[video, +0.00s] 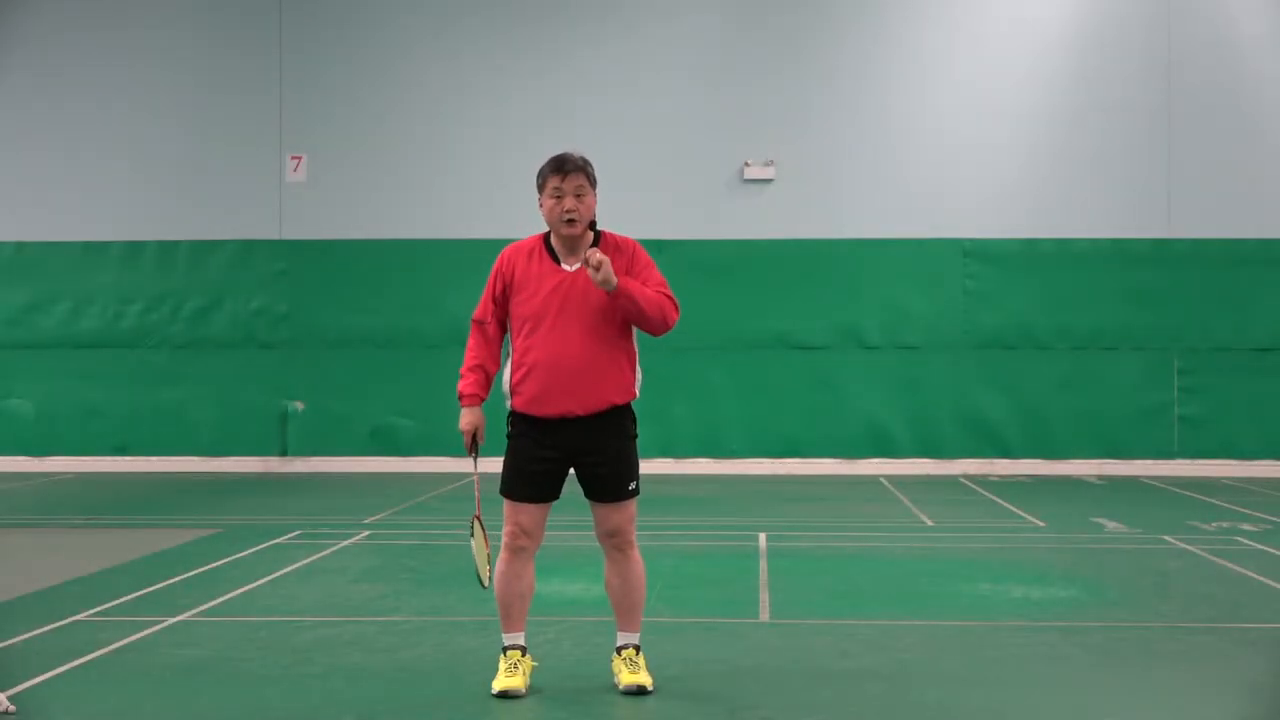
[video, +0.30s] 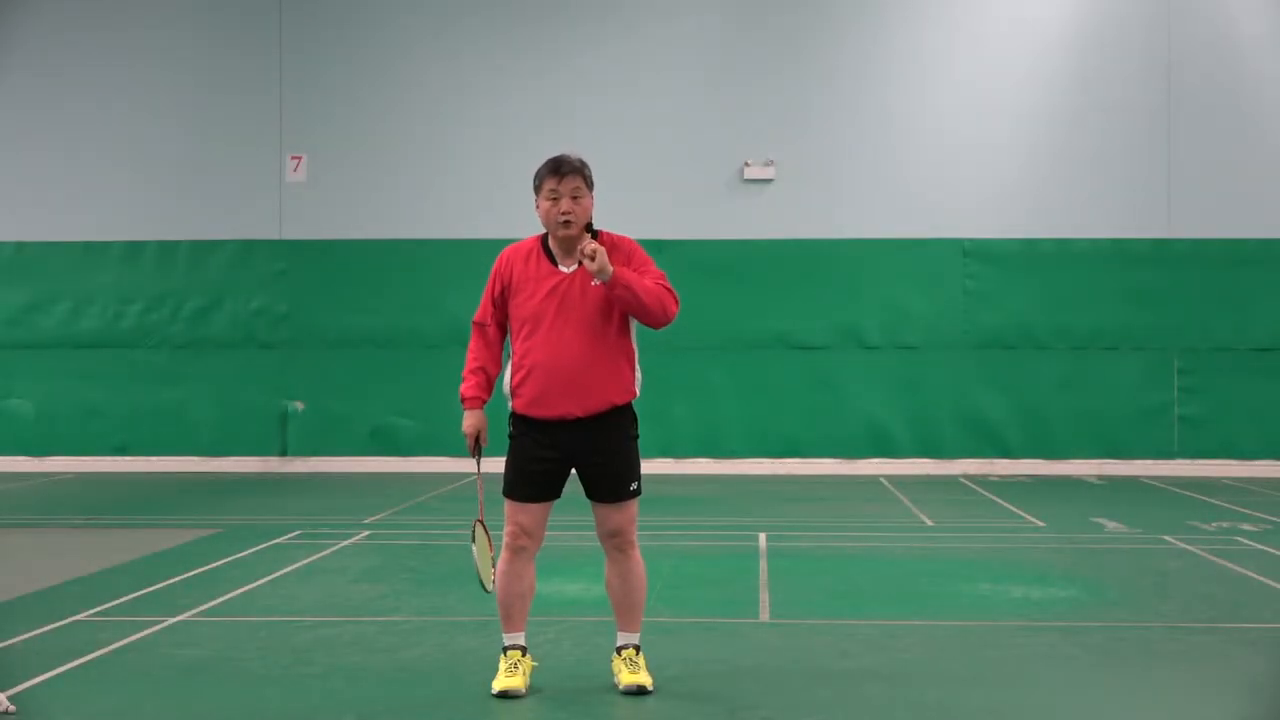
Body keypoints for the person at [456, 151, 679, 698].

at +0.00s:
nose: (568, 205)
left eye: (578, 195)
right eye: (557, 196)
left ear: (594, 199)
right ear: (541, 204)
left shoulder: (624, 254)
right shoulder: (514, 261)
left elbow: (663, 317)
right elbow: (486, 330)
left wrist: (614, 286)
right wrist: (471, 401)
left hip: (607, 420)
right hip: (533, 423)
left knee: (619, 536)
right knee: (518, 538)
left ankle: (629, 650)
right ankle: (513, 652)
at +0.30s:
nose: (565, 207)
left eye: (575, 196)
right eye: (553, 198)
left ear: (591, 201)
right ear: (538, 205)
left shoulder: (621, 252)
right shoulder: (513, 262)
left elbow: (663, 310)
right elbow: (487, 331)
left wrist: (609, 275)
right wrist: (474, 403)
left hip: (608, 420)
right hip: (535, 423)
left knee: (620, 537)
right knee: (519, 538)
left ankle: (629, 650)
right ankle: (514, 652)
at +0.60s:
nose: (559, 210)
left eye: (570, 199)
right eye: (548, 200)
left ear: (587, 205)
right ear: (533, 208)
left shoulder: (614, 253)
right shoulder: (508, 265)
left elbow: (662, 308)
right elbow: (484, 336)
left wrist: (603, 279)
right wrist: (473, 408)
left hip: (607, 421)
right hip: (534, 426)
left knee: (620, 536)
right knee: (519, 538)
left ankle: (629, 649)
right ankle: (513, 652)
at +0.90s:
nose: (555, 216)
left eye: (566, 206)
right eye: (544, 206)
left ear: (583, 211)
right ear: (528, 214)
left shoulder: (611, 258)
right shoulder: (504, 270)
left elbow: (660, 317)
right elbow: (481, 340)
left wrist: (603, 298)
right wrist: (471, 410)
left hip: (606, 425)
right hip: (533, 428)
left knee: (620, 536)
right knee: (518, 537)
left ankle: (629, 650)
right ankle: (513, 651)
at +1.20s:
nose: (555, 218)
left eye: (565, 208)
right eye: (543, 208)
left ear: (582, 212)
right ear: (527, 215)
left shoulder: (610, 258)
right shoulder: (503, 270)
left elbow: (659, 316)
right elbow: (480, 340)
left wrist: (603, 297)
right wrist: (470, 412)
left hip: (605, 425)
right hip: (532, 429)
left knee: (619, 536)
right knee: (517, 537)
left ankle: (629, 650)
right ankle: (513, 652)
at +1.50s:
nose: (555, 215)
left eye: (566, 205)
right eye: (544, 206)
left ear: (582, 211)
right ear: (528, 213)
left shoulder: (610, 258)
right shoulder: (505, 269)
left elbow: (660, 314)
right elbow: (480, 340)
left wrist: (602, 293)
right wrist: (471, 412)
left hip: (605, 425)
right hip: (532, 428)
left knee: (619, 536)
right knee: (518, 537)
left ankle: (630, 650)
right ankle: (513, 652)